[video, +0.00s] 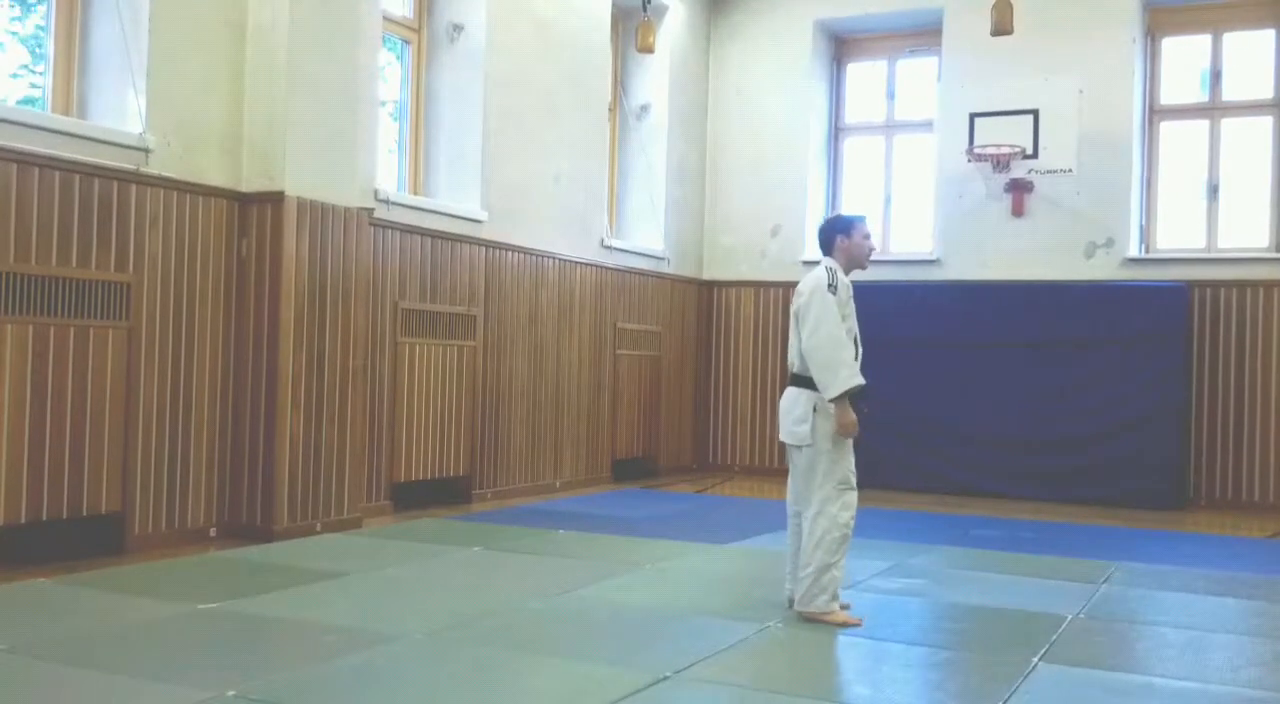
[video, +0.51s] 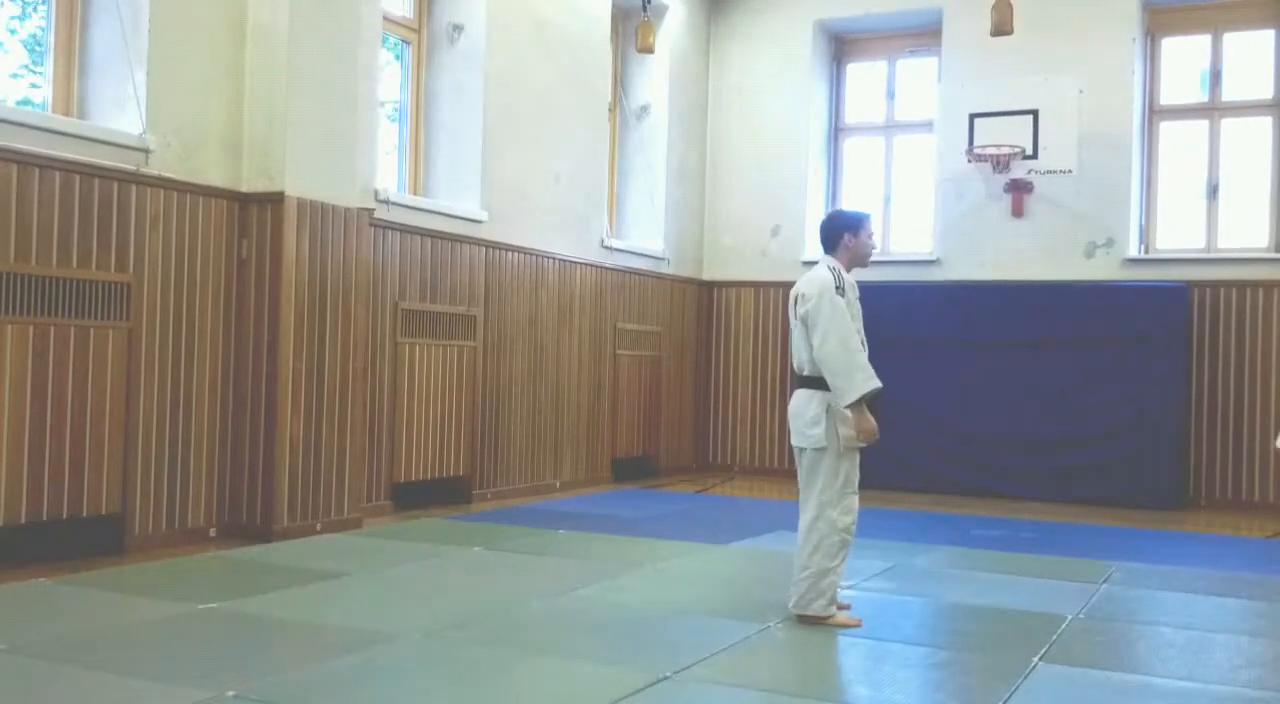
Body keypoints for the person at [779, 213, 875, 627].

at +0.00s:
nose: (872, 245)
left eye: (870, 238)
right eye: (866, 238)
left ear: (842, 243)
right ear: (841, 242)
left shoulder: (828, 282)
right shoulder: (823, 282)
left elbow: (826, 343)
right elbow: (824, 343)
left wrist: (847, 396)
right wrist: (842, 403)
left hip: (812, 401)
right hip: (818, 403)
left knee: (810, 498)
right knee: (836, 499)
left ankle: (805, 589)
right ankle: (817, 598)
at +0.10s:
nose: (869, 245)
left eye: (867, 237)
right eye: (863, 237)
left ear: (839, 242)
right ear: (839, 241)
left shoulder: (826, 281)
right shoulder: (822, 282)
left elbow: (828, 344)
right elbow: (825, 345)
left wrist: (843, 401)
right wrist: (842, 405)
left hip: (816, 402)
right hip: (818, 403)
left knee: (816, 500)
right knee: (831, 502)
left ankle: (807, 591)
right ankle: (815, 600)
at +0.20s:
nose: (867, 243)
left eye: (865, 235)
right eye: (861, 235)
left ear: (838, 241)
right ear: (839, 240)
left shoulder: (825, 281)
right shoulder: (821, 283)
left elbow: (834, 346)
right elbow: (827, 346)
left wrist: (853, 405)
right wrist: (846, 405)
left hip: (819, 402)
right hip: (821, 404)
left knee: (819, 502)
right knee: (834, 505)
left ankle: (810, 592)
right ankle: (814, 601)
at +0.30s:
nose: (868, 244)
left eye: (866, 236)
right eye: (862, 236)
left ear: (838, 241)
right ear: (840, 240)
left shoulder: (825, 281)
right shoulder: (821, 283)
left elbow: (834, 345)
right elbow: (830, 346)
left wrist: (852, 400)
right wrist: (851, 405)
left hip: (820, 403)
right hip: (824, 405)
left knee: (822, 503)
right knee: (837, 506)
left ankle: (811, 591)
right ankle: (816, 601)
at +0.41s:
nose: (870, 244)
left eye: (868, 236)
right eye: (865, 236)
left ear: (840, 242)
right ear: (843, 240)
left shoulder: (825, 281)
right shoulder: (824, 284)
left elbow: (836, 347)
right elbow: (834, 350)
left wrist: (856, 403)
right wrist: (857, 407)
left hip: (819, 403)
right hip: (825, 406)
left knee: (824, 505)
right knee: (835, 509)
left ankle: (812, 592)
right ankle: (816, 602)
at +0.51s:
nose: (873, 244)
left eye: (872, 236)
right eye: (869, 237)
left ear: (844, 240)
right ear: (848, 240)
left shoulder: (828, 281)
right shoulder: (826, 285)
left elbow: (840, 347)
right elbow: (837, 349)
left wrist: (858, 402)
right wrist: (859, 408)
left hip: (824, 404)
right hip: (824, 407)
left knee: (828, 506)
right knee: (831, 509)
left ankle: (817, 592)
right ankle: (813, 602)